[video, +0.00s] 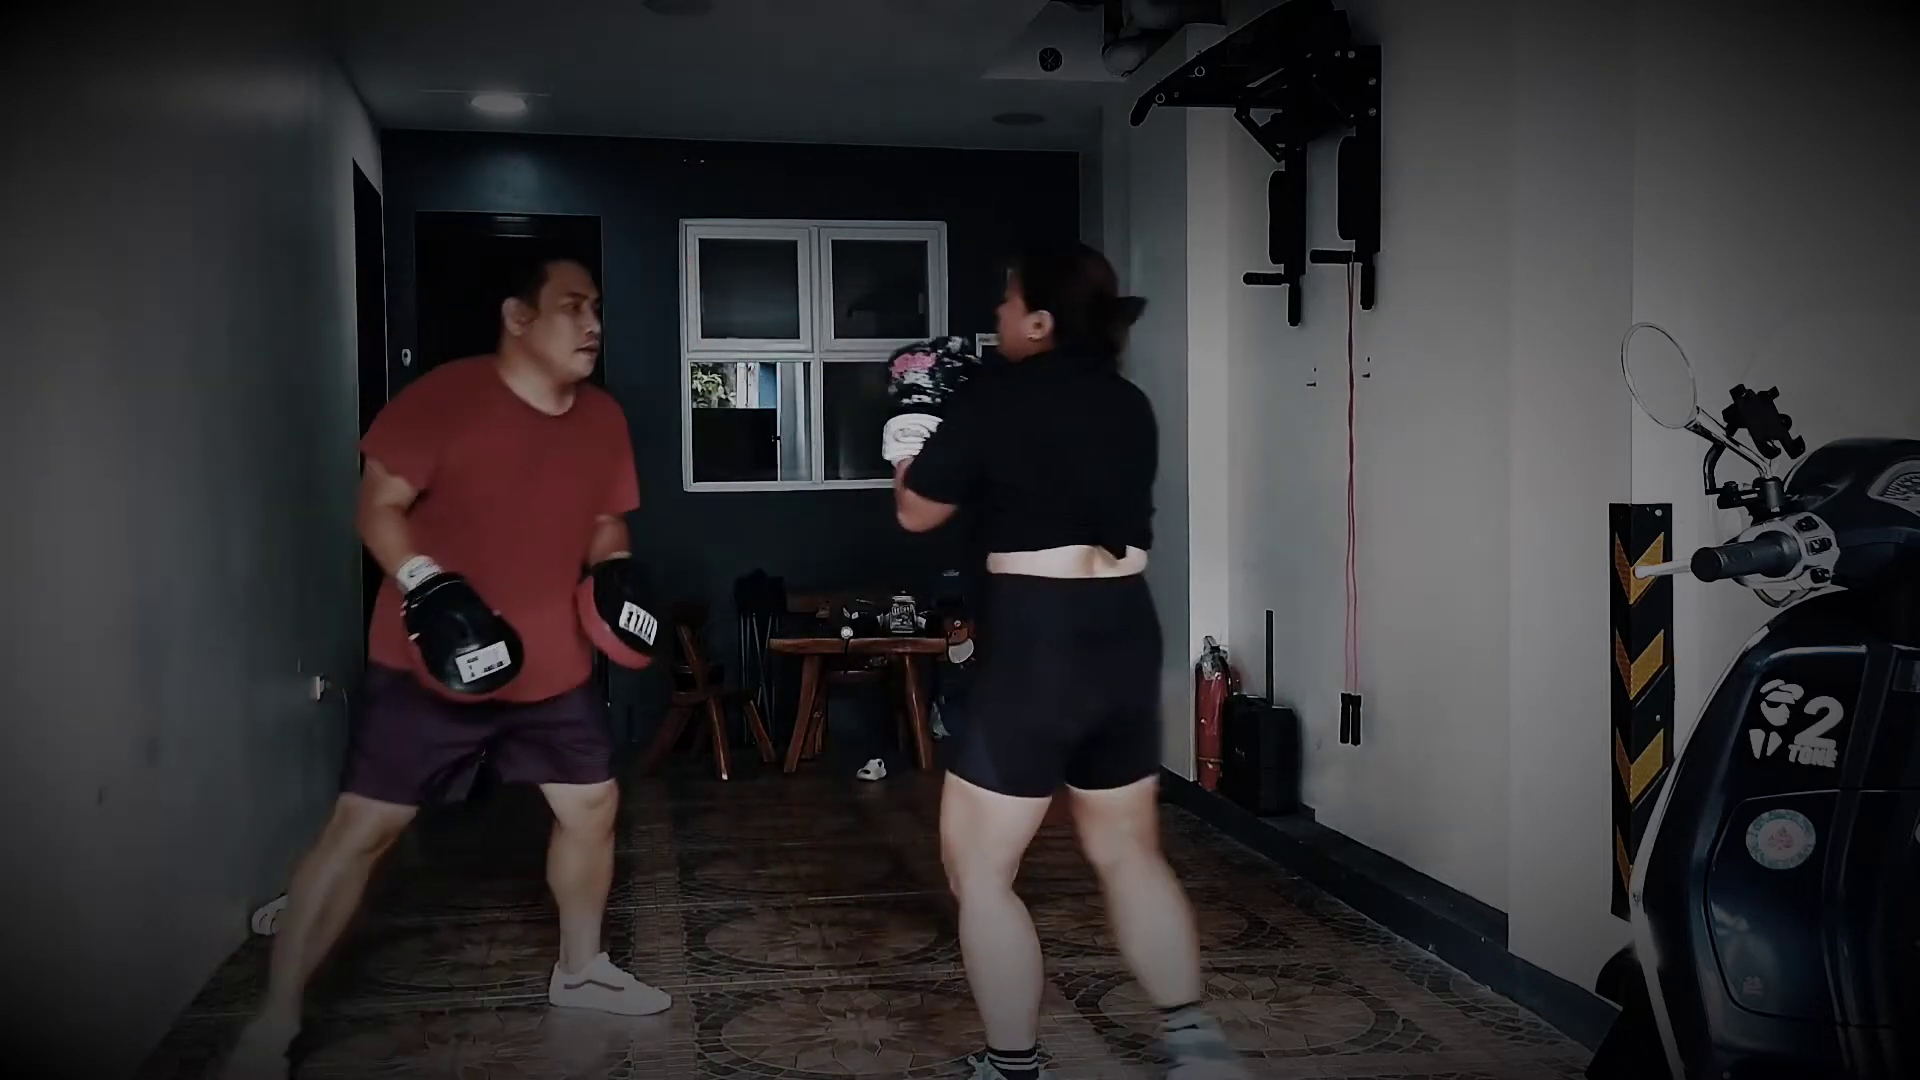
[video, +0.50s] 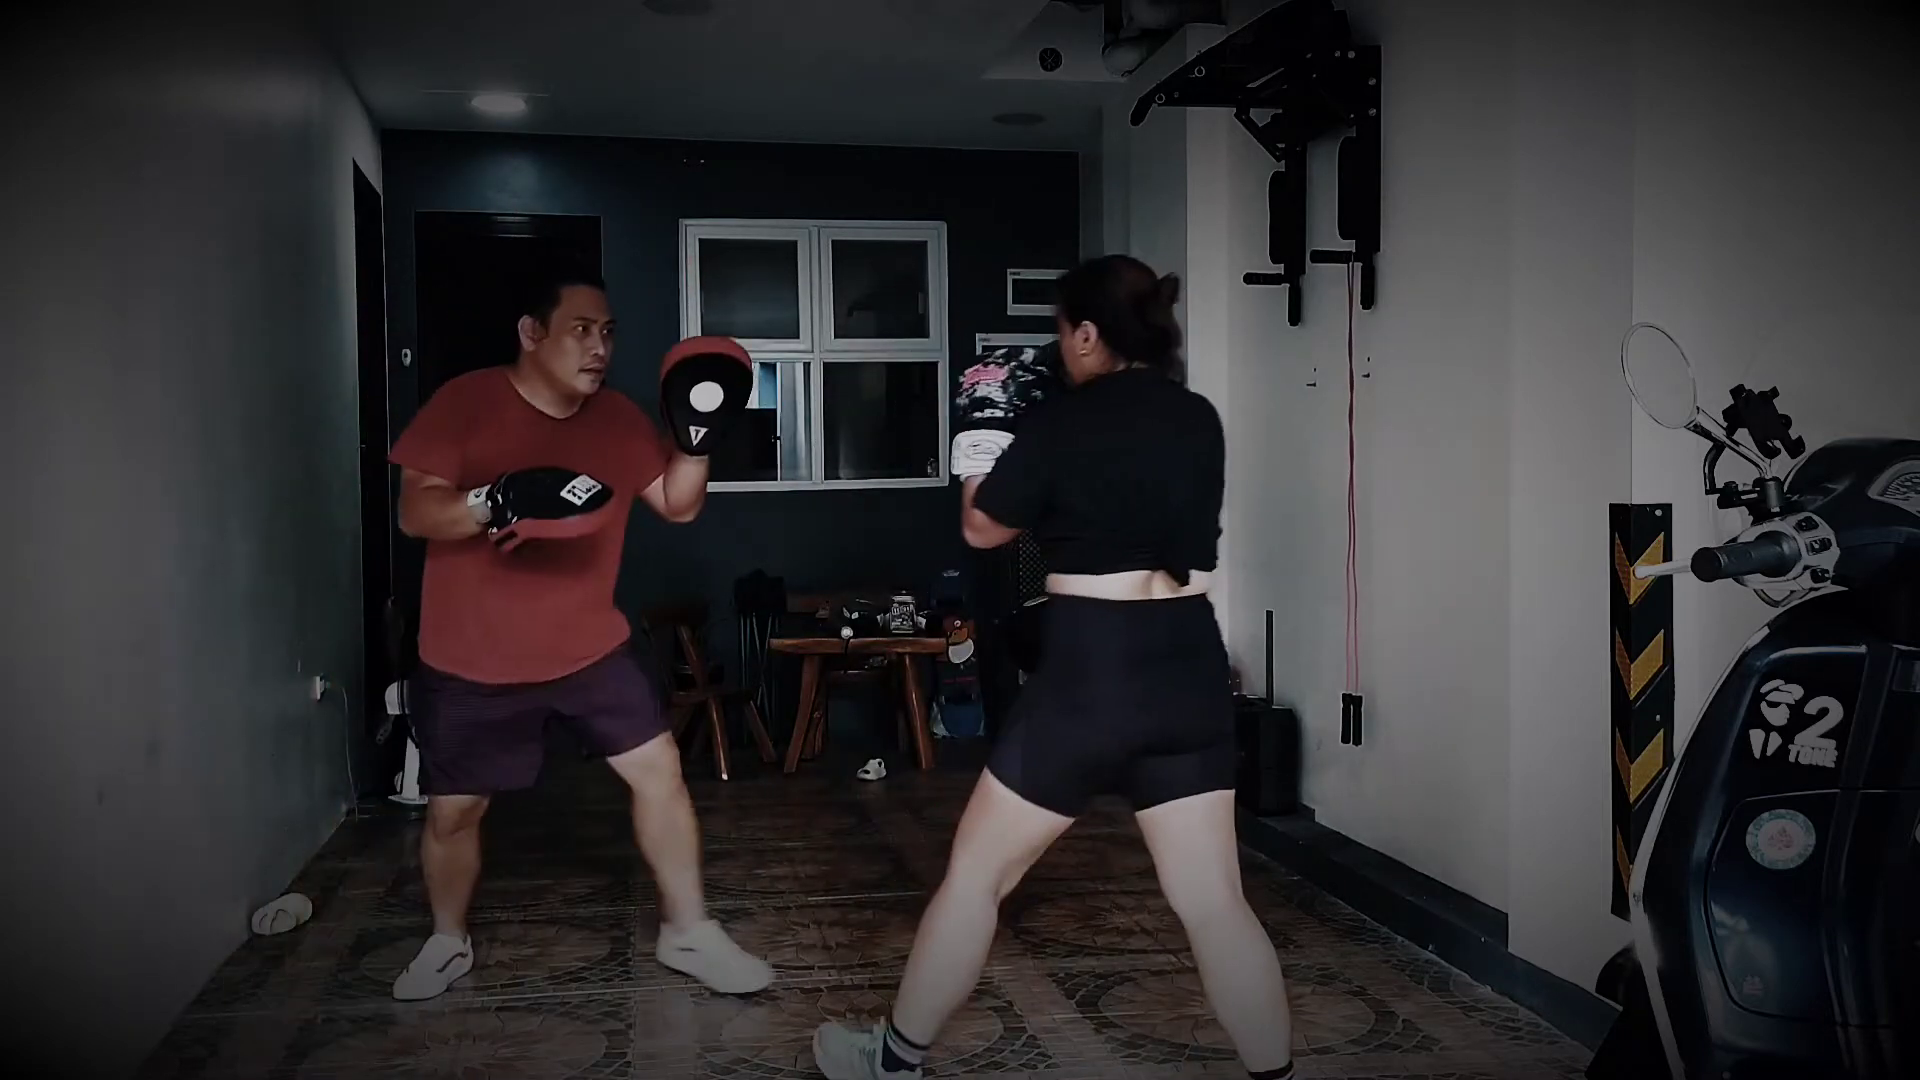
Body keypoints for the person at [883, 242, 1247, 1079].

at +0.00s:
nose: (998, 312)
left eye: (1010, 300)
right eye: (1005, 297)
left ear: (1044, 318)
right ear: (1090, 318)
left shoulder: (995, 399)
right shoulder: (1129, 404)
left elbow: (916, 510)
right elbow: (1088, 501)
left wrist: (915, 451)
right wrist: (964, 441)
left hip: (1030, 655)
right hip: (1128, 649)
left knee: (980, 868)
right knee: (1129, 852)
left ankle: (1013, 1063)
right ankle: (1194, 1039)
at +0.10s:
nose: (1031, 331)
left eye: (1040, 319)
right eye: (1036, 317)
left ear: (1072, 335)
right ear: (1123, 336)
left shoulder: (1034, 420)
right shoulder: (1165, 424)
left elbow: (959, 535)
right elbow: (1123, 526)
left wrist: (945, 462)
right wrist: (999, 448)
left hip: (1068, 683)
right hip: (1169, 682)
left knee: (973, 868)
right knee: (1197, 890)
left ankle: (1011, 1059)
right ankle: (1276, 1064)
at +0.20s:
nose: (1058, 353)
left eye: (1065, 340)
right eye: (1062, 337)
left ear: (1098, 354)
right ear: (1151, 353)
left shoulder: (1069, 441)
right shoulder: (1199, 442)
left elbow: (1010, 569)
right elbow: (1191, 560)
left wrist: (990, 516)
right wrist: (1045, 509)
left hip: (1102, 697)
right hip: (1206, 692)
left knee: (969, 848)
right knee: (1215, 902)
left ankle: (996, 1046)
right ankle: (1273, 1070)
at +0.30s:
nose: (1077, 350)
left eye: (1080, 335)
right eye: (1077, 336)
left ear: (1110, 338)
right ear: (1169, 334)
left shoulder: (1087, 422)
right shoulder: (1222, 423)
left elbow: (1022, 546)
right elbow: (1217, 556)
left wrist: (1002, 485)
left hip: (1114, 681)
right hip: (1216, 681)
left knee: (969, 812)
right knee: (1222, 901)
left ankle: (955, 1022)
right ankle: (1275, 1073)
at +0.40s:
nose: (1076, 342)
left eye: (1078, 327)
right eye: (1077, 327)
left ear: (1107, 329)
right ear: (1165, 322)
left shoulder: (1087, 411)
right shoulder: (1221, 415)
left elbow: (1012, 527)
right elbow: (1212, 544)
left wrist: (1003, 477)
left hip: (1100, 672)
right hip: (1207, 674)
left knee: (975, 841)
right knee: (1222, 899)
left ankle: (913, 1038)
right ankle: (1275, 1070)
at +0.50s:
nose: (1060, 346)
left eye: (1063, 331)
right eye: (1060, 331)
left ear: (1090, 334)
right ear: (1154, 329)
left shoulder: (1063, 420)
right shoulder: (1201, 421)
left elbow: (982, 529)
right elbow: (1176, 535)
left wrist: (980, 446)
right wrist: (1052, 436)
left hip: (1082, 677)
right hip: (1189, 674)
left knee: (975, 879)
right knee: (1216, 900)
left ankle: (899, 1053)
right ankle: (1274, 1070)